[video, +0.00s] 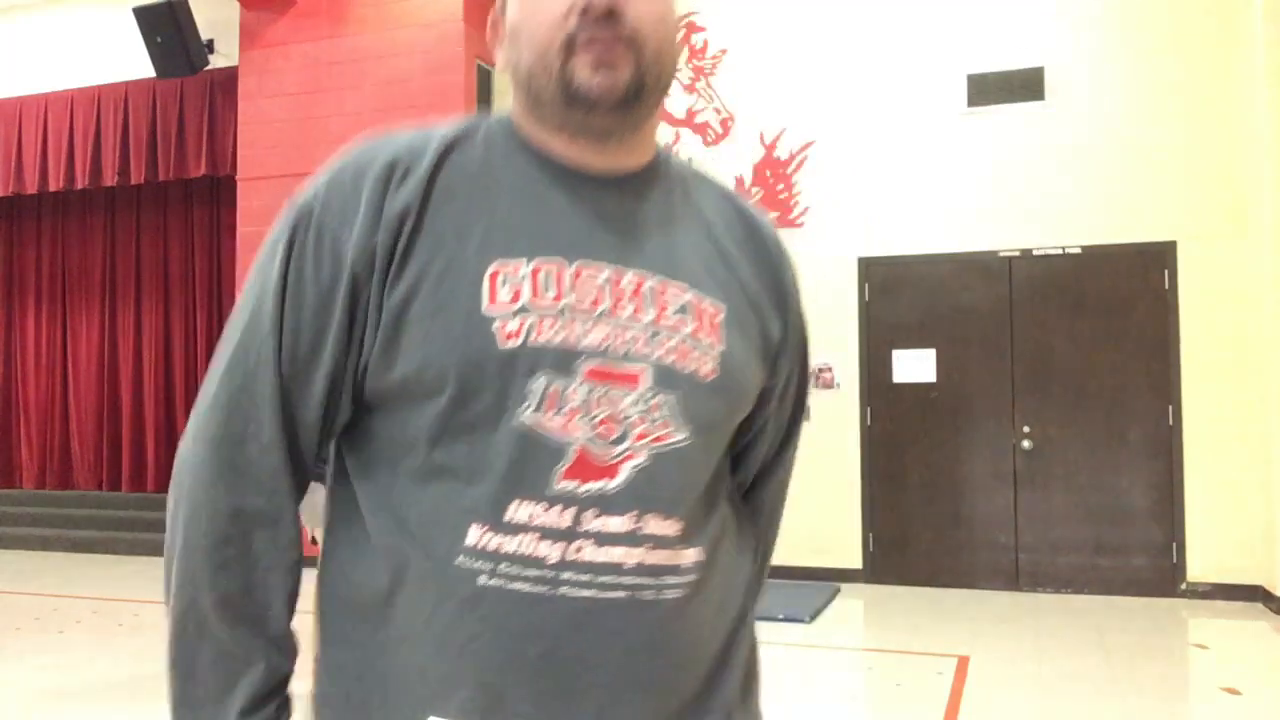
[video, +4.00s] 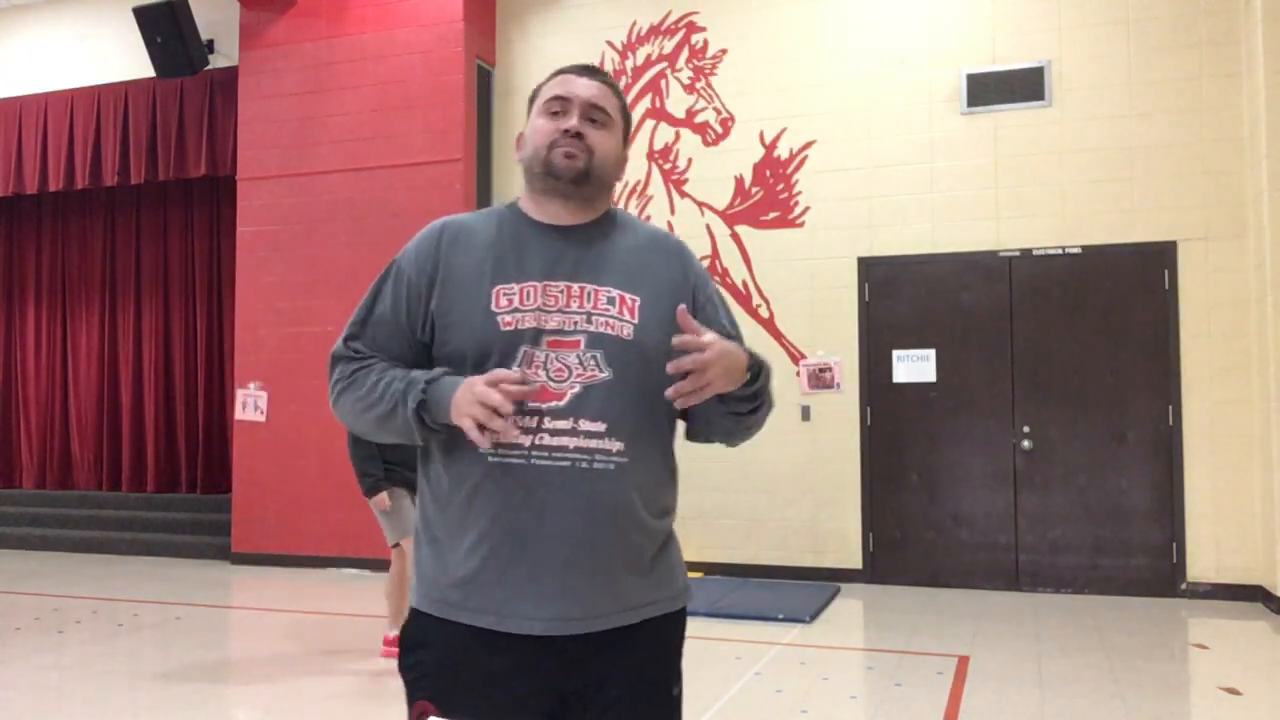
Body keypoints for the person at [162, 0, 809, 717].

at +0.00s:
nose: (601, 4)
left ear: (680, 27)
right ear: (498, 29)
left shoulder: (752, 256)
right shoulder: (376, 198)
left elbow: (744, 532)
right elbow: (228, 478)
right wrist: (240, 706)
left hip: (680, 704)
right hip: (410, 697)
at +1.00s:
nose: (557, 149)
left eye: (578, 138)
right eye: (537, 136)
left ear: (605, 168)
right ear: (505, 166)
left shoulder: (656, 282)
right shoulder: (437, 273)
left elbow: (708, 431)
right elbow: (368, 408)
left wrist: (771, 571)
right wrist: (349, 532)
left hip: (617, 613)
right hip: (477, 611)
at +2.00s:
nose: (502, 173)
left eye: (519, 162)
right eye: (483, 161)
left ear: (541, 187)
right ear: (456, 187)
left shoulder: (592, 283)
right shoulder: (404, 279)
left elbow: (641, 393)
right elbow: (367, 406)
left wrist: (560, 375)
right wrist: (473, 415)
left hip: (567, 577)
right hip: (435, 578)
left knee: (567, 712)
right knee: (434, 712)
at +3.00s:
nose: (431, 154)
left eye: (451, 148)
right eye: (413, 139)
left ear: (472, 178)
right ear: (377, 161)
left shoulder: (515, 277)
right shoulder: (306, 270)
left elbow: (565, 401)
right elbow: (218, 392)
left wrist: (608, 435)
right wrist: (329, 403)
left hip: (497, 597)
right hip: (345, 603)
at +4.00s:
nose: (573, 121)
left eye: (598, 117)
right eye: (555, 108)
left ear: (624, 156)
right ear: (520, 138)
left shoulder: (668, 264)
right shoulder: (444, 248)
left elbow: (728, 421)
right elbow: (351, 378)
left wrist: (741, 375)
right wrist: (443, 396)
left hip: (627, 619)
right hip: (468, 617)